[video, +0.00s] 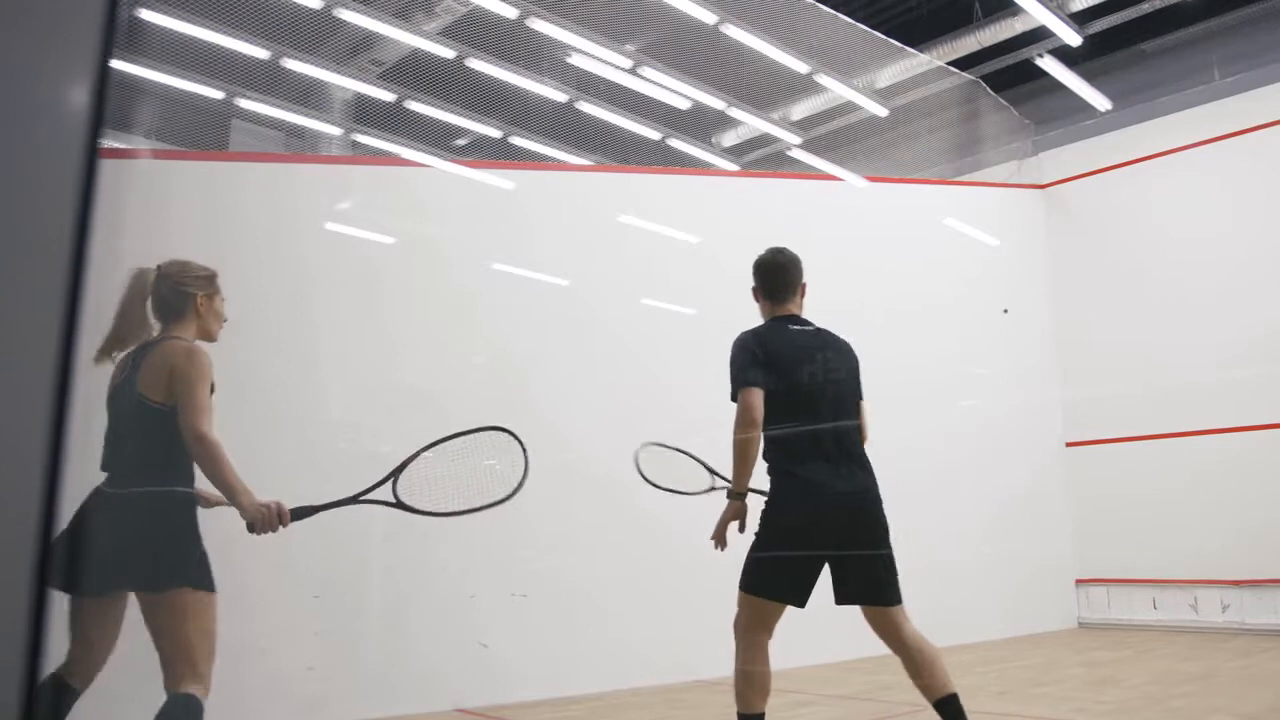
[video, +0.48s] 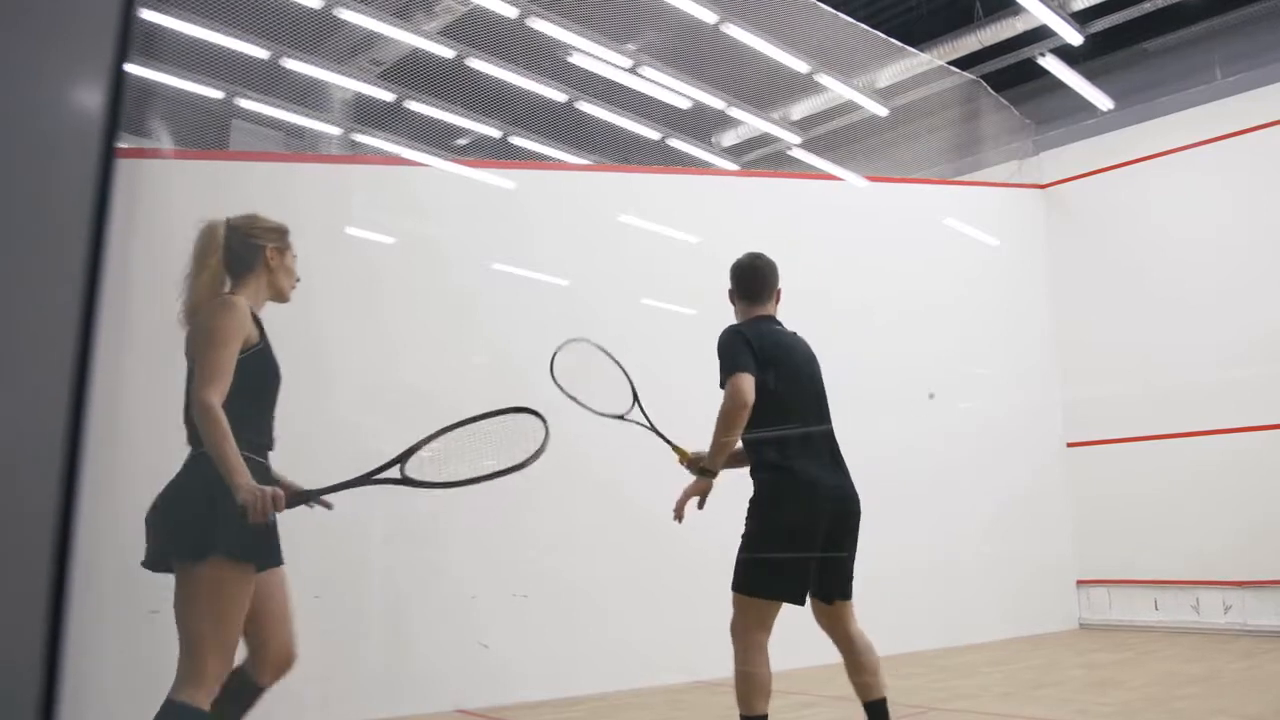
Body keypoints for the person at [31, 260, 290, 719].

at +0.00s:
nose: (225, 311)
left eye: (223, 300)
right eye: (219, 300)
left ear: (173, 305)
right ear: (198, 303)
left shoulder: (129, 361)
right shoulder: (190, 355)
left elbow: (131, 457)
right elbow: (198, 435)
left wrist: (192, 493)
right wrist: (248, 502)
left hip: (104, 519)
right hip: (162, 523)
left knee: (80, 664)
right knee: (189, 683)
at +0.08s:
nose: (236, 306)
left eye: (235, 295)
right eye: (231, 295)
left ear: (181, 298)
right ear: (209, 296)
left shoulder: (142, 355)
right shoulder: (199, 348)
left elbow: (145, 457)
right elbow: (198, 427)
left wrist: (208, 492)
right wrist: (247, 499)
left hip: (121, 515)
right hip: (174, 519)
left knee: (106, 660)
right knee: (197, 681)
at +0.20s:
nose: (253, 295)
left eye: (251, 284)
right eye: (248, 284)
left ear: (199, 288)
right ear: (227, 285)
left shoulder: (164, 347)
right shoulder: (210, 337)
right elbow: (200, 420)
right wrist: (239, 494)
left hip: (147, 508)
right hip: (194, 508)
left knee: (152, 662)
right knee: (208, 677)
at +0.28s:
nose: (265, 287)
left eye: (263, 276)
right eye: (261, 276)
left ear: (217, 280)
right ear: (239, 277)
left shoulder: (187, 334)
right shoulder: (216, 330)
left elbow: (191, 438)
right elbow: (199, 415)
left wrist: (245, 492)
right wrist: (237, 489)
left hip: (170, 504)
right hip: (202, 508)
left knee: (182, 669)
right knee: (208, 680)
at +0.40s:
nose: (284, 274)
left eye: (281, 263)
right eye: (278, 263)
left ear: (245, 266)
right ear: (257, 265)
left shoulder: (231, 325)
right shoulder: (222, 318)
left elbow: (216, 426)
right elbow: (201, 406)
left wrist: (258, 483)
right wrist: (239, 487)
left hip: (222, 502)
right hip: (205, 502)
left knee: (244, 661)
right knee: (203, 676)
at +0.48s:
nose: (297, 268)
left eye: (294, 257)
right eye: (291, 256)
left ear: (259, 259)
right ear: (269, 257)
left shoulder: (243, 320)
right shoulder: (230, 312)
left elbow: (223, 426)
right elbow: (205, 405)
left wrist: (275, 481)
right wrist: (243, 482)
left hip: (240, 505)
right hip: (215, 504)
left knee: (275, 655)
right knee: (201, 679)